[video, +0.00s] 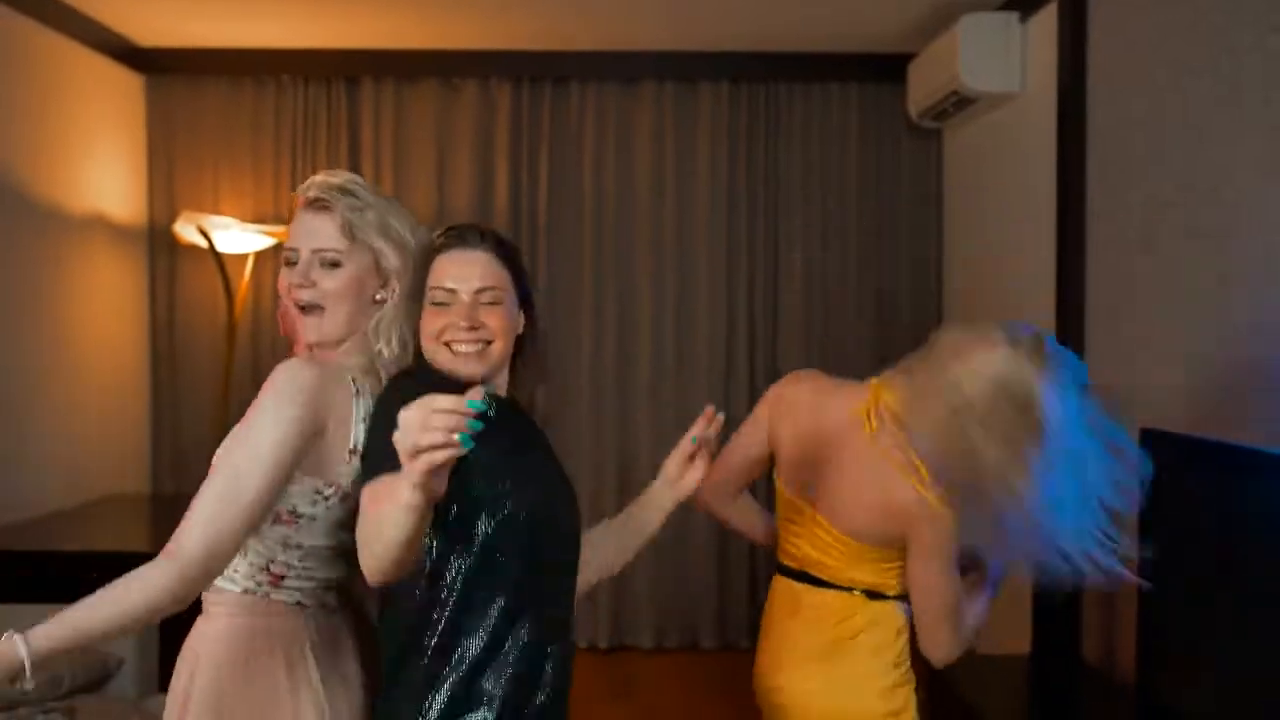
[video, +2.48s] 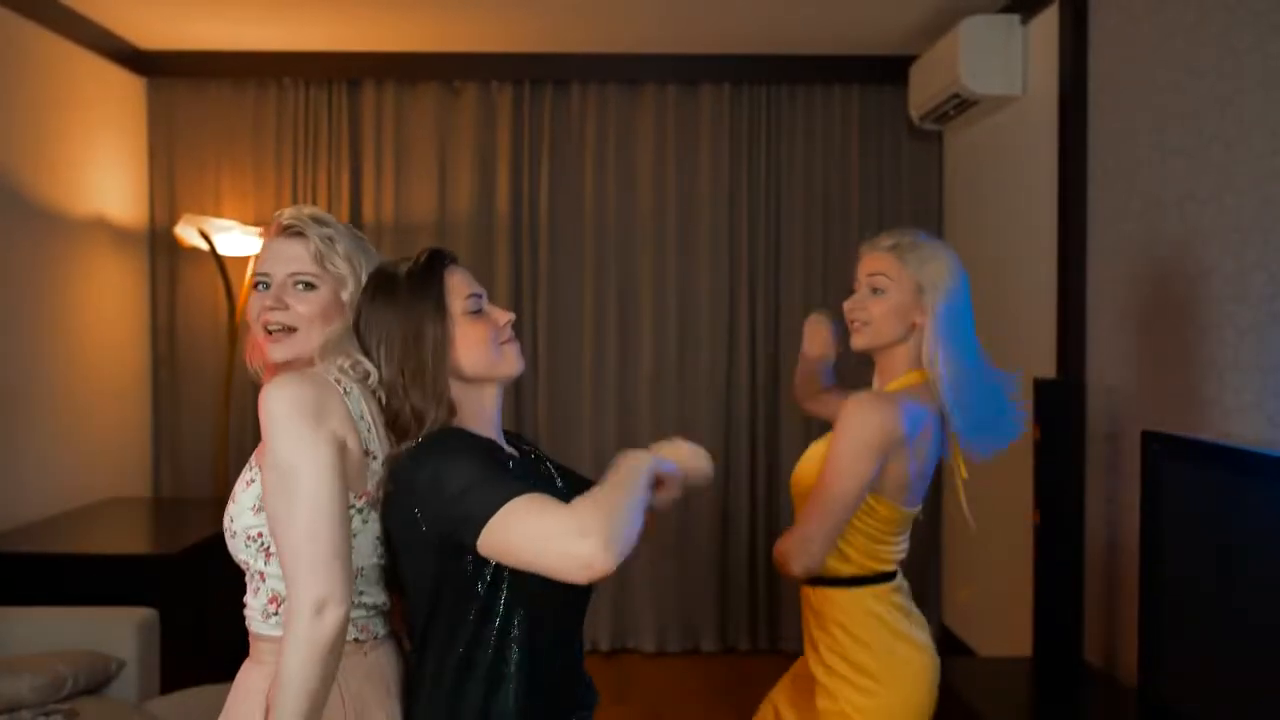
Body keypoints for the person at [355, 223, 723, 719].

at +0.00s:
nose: (465, 318)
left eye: (489, 301)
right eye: (441, 302)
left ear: (521, 318)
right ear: (419, 319)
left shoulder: (517, 424)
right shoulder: (412, 403)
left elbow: (560, 576)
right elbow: (378, 566)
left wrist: (664, 494)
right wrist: (416, 489)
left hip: (530, 697)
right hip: (439, 698)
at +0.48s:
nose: (512, 321)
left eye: (511, 304)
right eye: (483, 302)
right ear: (419, 320)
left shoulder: (497, 439)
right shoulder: (385, 447)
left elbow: (520, 551)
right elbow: (350, 664)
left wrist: (583, 435)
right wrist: (366, 491)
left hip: (509, 703)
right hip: (416, 707)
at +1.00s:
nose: (497, 294)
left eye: (485, 276)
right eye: (470, 278)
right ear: (407, 302)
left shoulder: (473, 418)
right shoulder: (395, 427)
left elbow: (543, 483)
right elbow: (544, 515)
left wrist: (639, 454)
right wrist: (644, 410)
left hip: (510, 698)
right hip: (442, 702)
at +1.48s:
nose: (508, 332)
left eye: (495, 317)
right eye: (480, 321)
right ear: (424, 349)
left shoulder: (507, 461)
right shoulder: (429, 481)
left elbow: (601, 519)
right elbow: (563, 599)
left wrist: (670, 490)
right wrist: (676, 520)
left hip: (543, 704)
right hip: (470, 707)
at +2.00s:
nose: (513, 323)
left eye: (499, 309)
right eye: (484, 312)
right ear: (427, 344)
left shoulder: (519, 457)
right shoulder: (413, 490)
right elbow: (536, 587)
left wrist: (625, 507)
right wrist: (582, 486)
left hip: (561, 700)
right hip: (472, 706)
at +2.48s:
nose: (505, 315)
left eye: (490, 302)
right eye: (475, 308)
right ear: (423, 343)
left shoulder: (517, 455)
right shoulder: (436, 468)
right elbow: (586, 550)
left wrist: (642, 493)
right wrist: (636, 463)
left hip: (559, 701)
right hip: (478, 706)